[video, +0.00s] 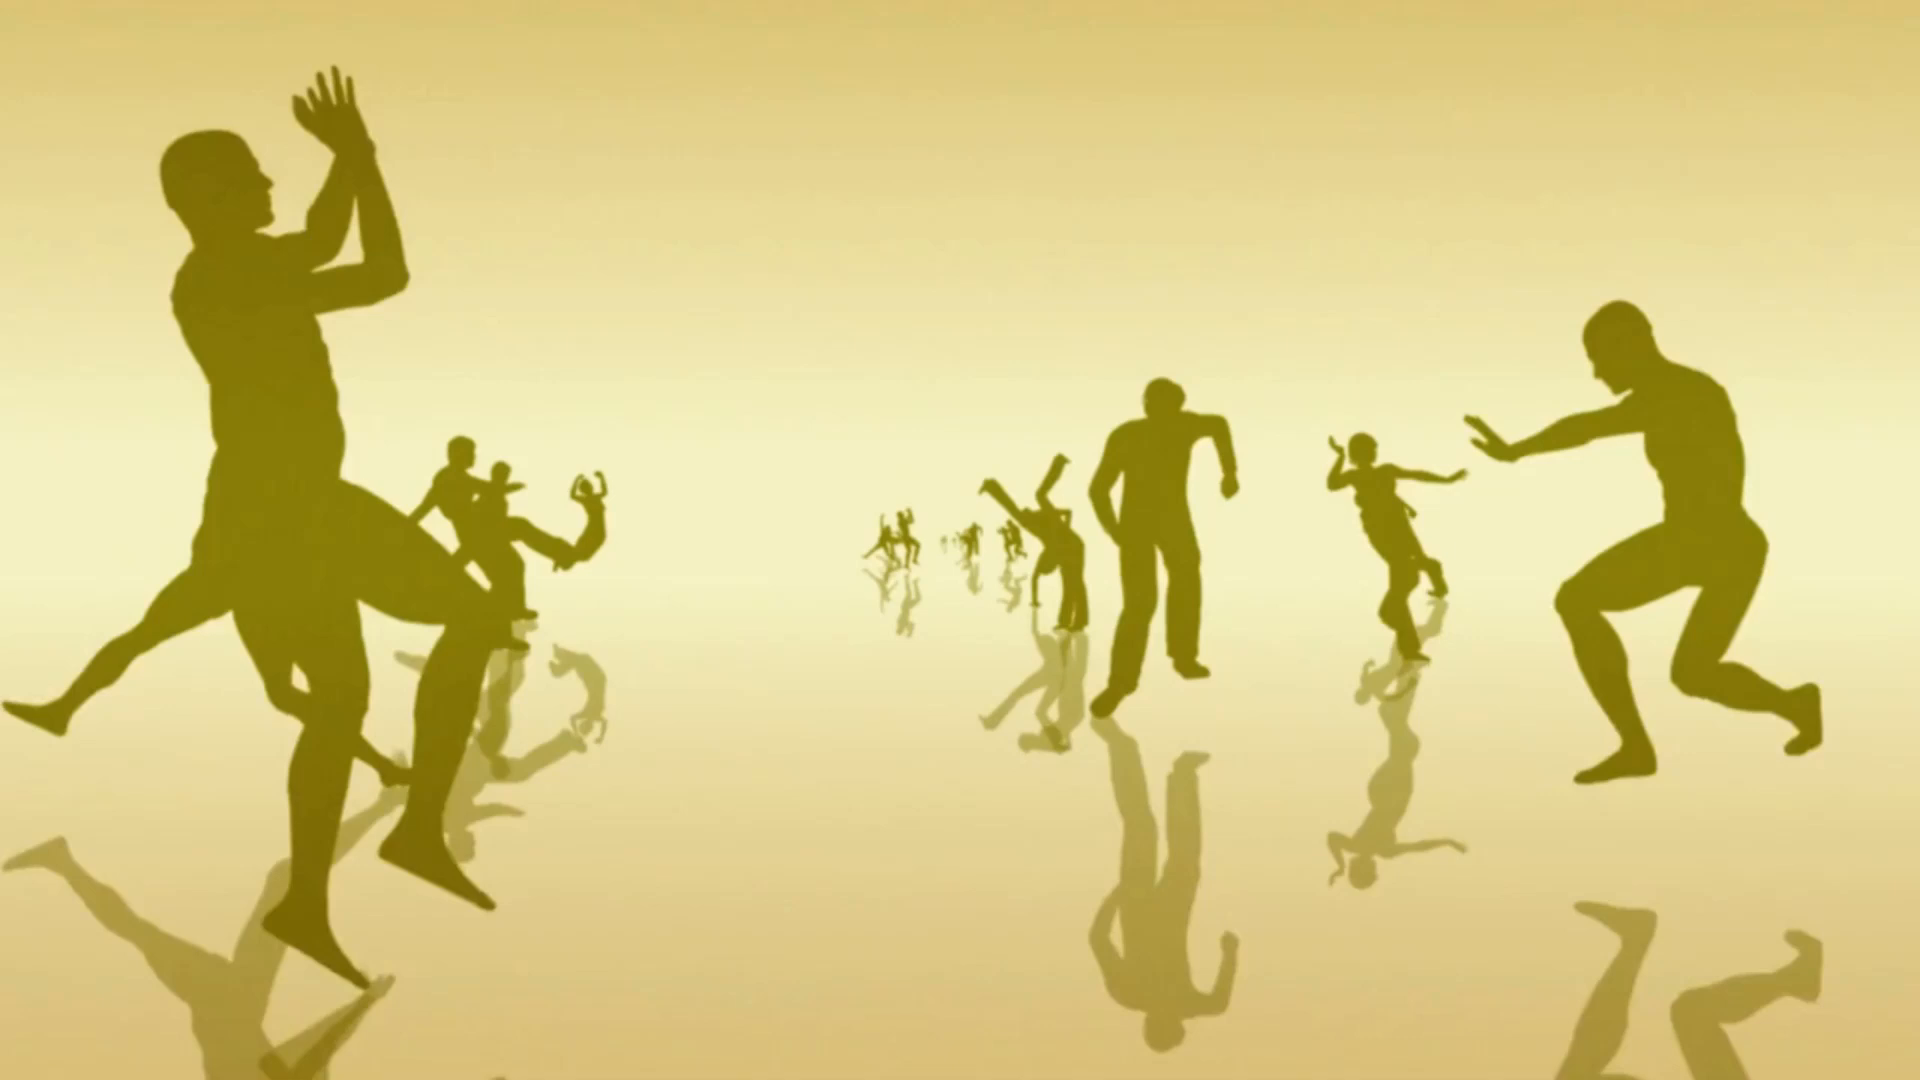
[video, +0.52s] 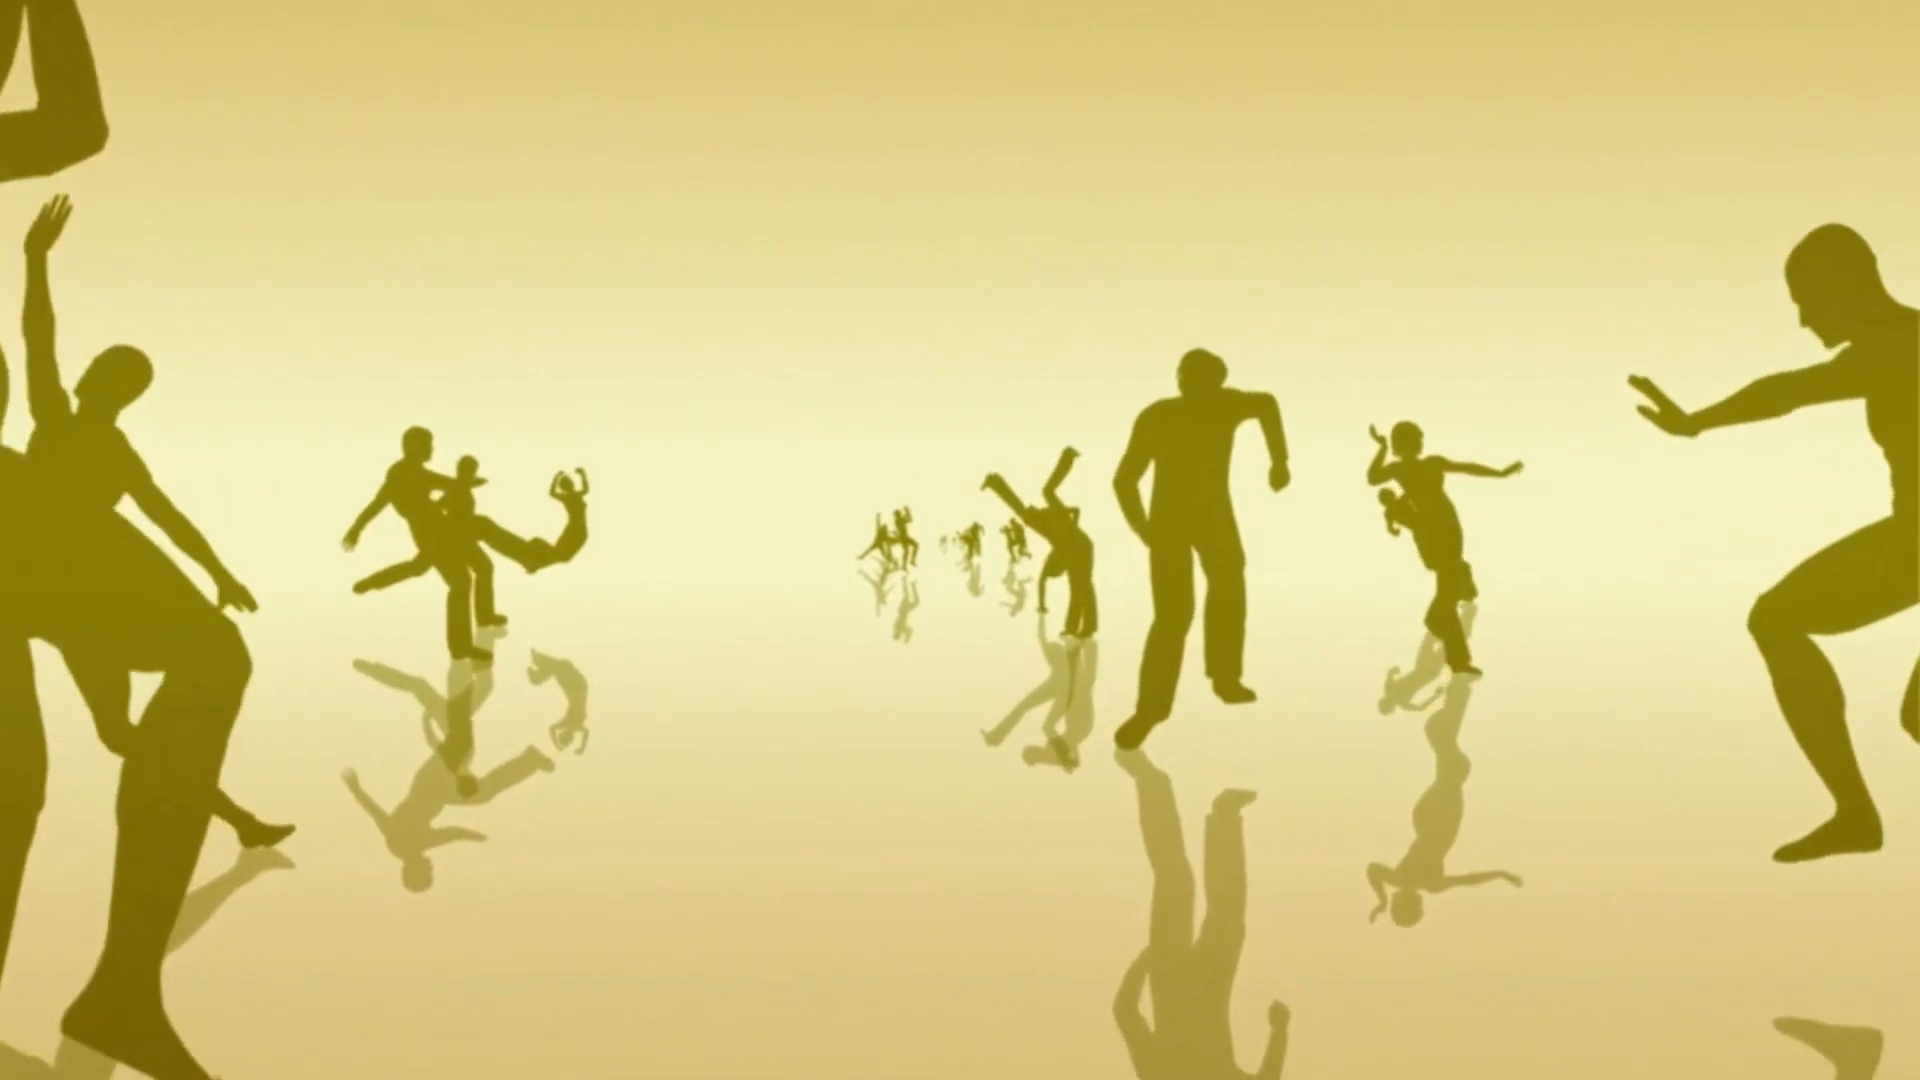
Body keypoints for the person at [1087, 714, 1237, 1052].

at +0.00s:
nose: (1172, 1038)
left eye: (1165, 1040)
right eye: (1172, 1041)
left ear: (1152, 1030)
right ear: (1176, 1030)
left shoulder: (1127, 994)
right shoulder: (1189, 1005)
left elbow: (1097, 939)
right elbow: (1220, 1001)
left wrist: (1114, 899)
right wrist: (1230, 954)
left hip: (1136, 921)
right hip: (1171, 924)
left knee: (1138, 825)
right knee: (1186, 859)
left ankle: (1119, 742)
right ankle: (1184, 772)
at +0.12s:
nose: (1177, 1051)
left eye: (1171, 1053)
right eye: (1177, 1054)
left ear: (1157, 1043)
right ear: (1181, 1043)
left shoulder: (1131, 1006)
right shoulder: (1195, 1017)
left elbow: (1101, 949)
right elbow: (1227, 1014)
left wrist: (1117, 908)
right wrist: (1237, 967)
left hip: (1142, 934)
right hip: (1178, 936)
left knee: (1143, 834)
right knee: (1192, 867)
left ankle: (1125, 749)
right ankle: (1191, 781)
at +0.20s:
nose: (1180, 1070)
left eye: (1176, 1072)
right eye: (1185, 1071)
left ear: (1162, 1065)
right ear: (1193, 1064)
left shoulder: (1140, 1025)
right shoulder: (1205, 1036)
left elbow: (1107, 966)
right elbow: (1239, 1033)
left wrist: (1125, 922)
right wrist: (1248, 984)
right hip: (1188, 963)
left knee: (1151, 848)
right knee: (1202, 882)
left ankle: (1132, 758)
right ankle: (1200, 790)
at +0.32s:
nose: (1186, 1064)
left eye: (1177, 1067)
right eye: (1190, 1067)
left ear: (1167, 1067)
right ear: (1197, 1065)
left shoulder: (1145, 1038)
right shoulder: (1208, 1050)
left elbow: (1112, 976)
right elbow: (1246, 1048)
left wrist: (1131, 932)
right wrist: (1256, 998)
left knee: (1156, 857)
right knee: (1209, 891)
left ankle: (1136, 764)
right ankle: (1207, 795)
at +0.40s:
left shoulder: (1155, 1061)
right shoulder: (1229, 1073)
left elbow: (1119, 996)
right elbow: (1259, 1065)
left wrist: (1138, 951)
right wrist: (1270, 1015)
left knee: (1165, 868)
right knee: (1219, 908)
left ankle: (1142, 770)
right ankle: (1218, 805)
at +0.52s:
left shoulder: (1159, 1069)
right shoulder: (1233, 1075)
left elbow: (1124, 1008)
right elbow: (1269, 1071)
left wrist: (1143, 963)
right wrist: (1280, 1031)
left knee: (1172, 881)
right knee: (1227, 917)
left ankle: (1150, 778)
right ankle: (1225, 814)